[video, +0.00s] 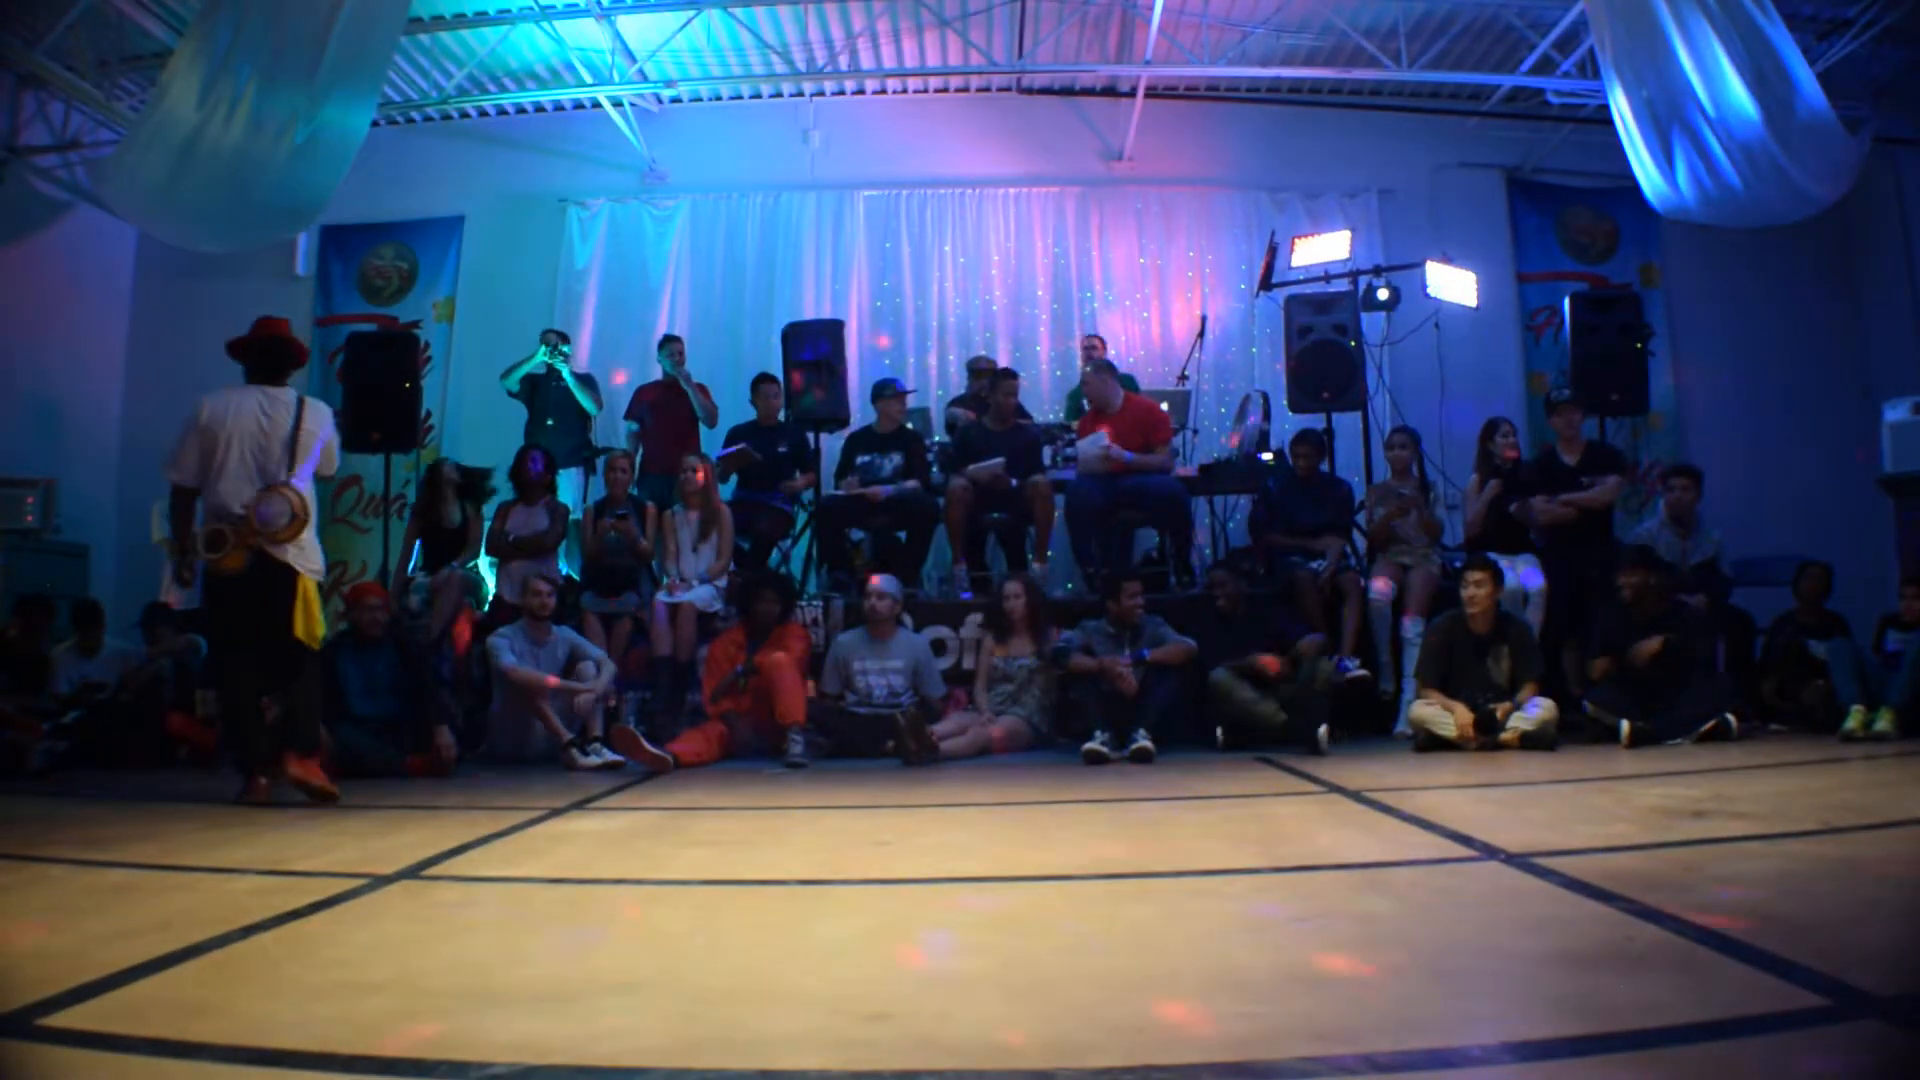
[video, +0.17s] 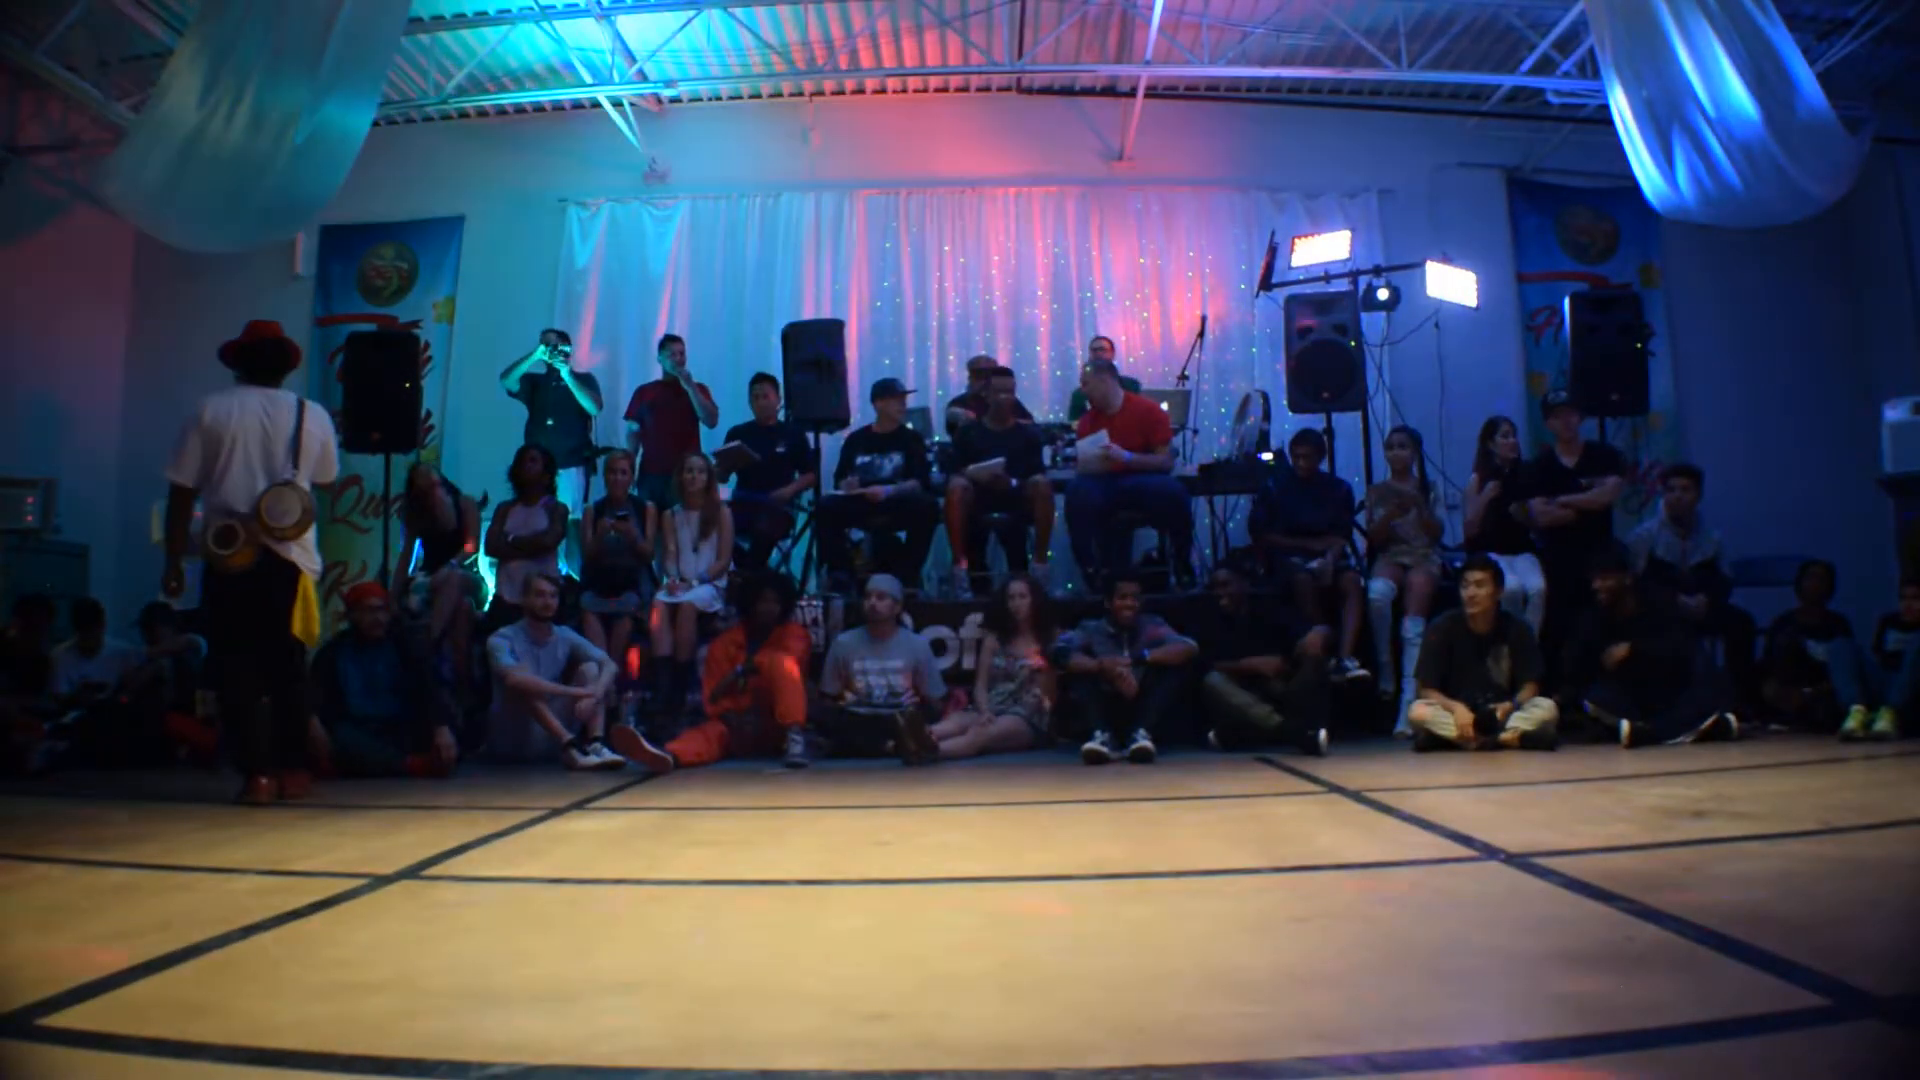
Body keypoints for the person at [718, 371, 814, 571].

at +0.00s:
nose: (772, 402)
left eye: (776, 396)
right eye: (765, 397)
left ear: (782, 399)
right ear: (754, 401)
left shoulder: (793, 433)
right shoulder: (738, 433)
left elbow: (811, 473)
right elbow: (721, 476)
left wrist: (798, 483)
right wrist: (732, 462)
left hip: (778, 499)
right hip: (745, 498)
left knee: (766, 532)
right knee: (720, 525)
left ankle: (751, 575)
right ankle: (746, 564)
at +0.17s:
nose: (760, 402)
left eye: (765, 396)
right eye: (755, 397)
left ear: (778, 400)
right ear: (750, 402)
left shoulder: (792, 433)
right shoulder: (737, 433)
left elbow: (810, 474)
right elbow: (721, 477)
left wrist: (787, 492)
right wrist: (728, 461)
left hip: (777, 500)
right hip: (744, 500)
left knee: (767, 531)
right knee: (720, 525)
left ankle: (752, 573)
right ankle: (745, 564)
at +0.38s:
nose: (757, 402)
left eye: (763, 396)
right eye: (753, 397)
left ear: (777, 399)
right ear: (748, 401)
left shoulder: (791, 433)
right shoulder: (737, 433)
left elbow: (809, 474)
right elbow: (721, 477)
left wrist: (784, 495)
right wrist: (727, 459)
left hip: (776, 502)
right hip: (743, 501)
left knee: (767, 531)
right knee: (719, 523)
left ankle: (752, 573)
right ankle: (744, 564)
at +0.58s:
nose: (757, 402)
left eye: (762, 396)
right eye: (752, 397)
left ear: (775, 400)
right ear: (747, 401)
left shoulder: (790, 433)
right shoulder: (736, 434)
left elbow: (808, 473)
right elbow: (721, 478)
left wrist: (783, 496)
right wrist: (727, 460)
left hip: (776, 503)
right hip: (743, 502)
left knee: (766, 532)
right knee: (722, 525)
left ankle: (753, 575)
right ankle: (744, 566)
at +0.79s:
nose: (755, 402)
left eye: (761, 396)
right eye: (751, 396)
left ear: (774, 399)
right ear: (745, 401)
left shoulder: (789, 433)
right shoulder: (735, 435)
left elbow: (808, 473)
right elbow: (721, 479)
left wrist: (783, 496)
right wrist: (723, 461)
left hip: (775, 503)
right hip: (743, 502)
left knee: (766, 532)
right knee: (719, 523)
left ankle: (752, 573)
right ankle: (745, 563)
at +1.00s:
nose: (754, 401)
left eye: (760, 396)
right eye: (749, 396)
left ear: (772, 400)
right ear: (745, 401)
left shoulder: (788, 433)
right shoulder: (734, 435)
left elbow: (808, 472)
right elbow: (720, 478)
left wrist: (782, 496)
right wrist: (721, 458)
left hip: (774, 503)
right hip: (742, 503)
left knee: (766, 532)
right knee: (720, 523)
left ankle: (752, 574)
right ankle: (744, 564)